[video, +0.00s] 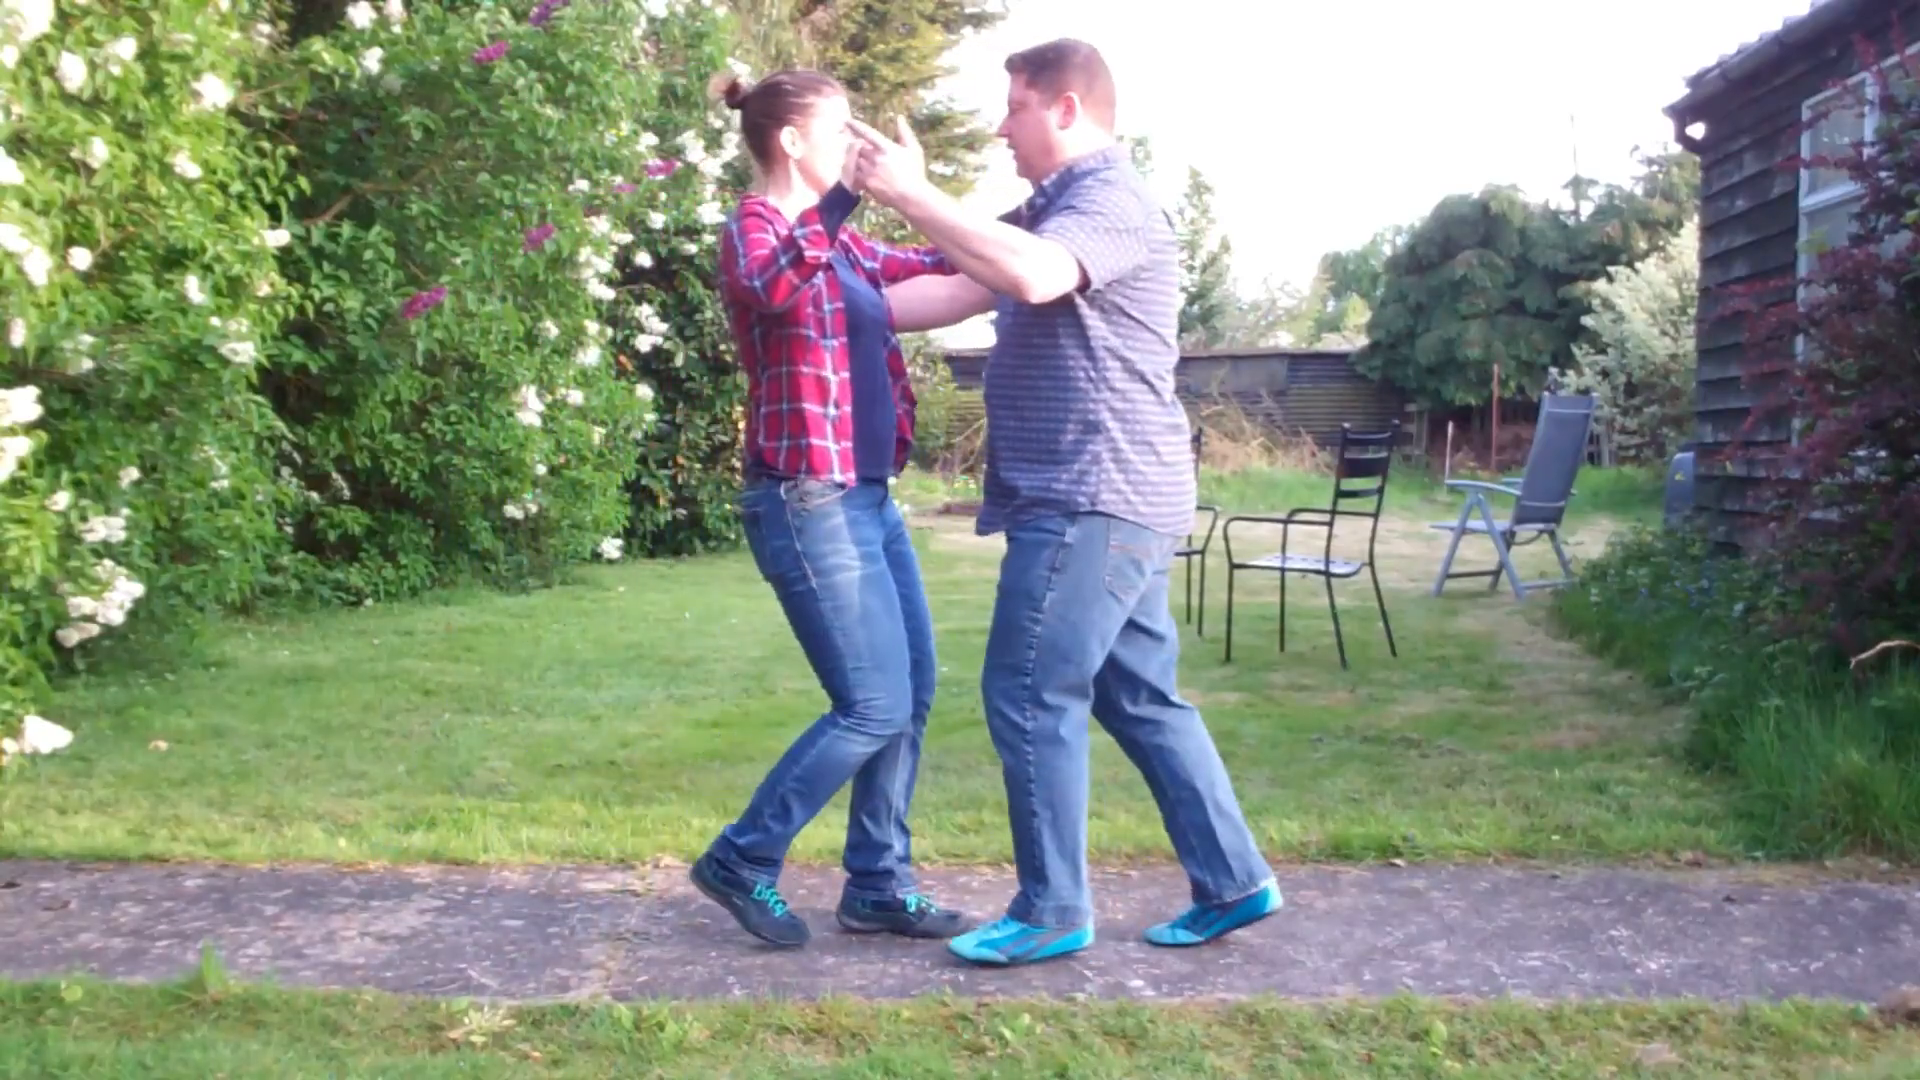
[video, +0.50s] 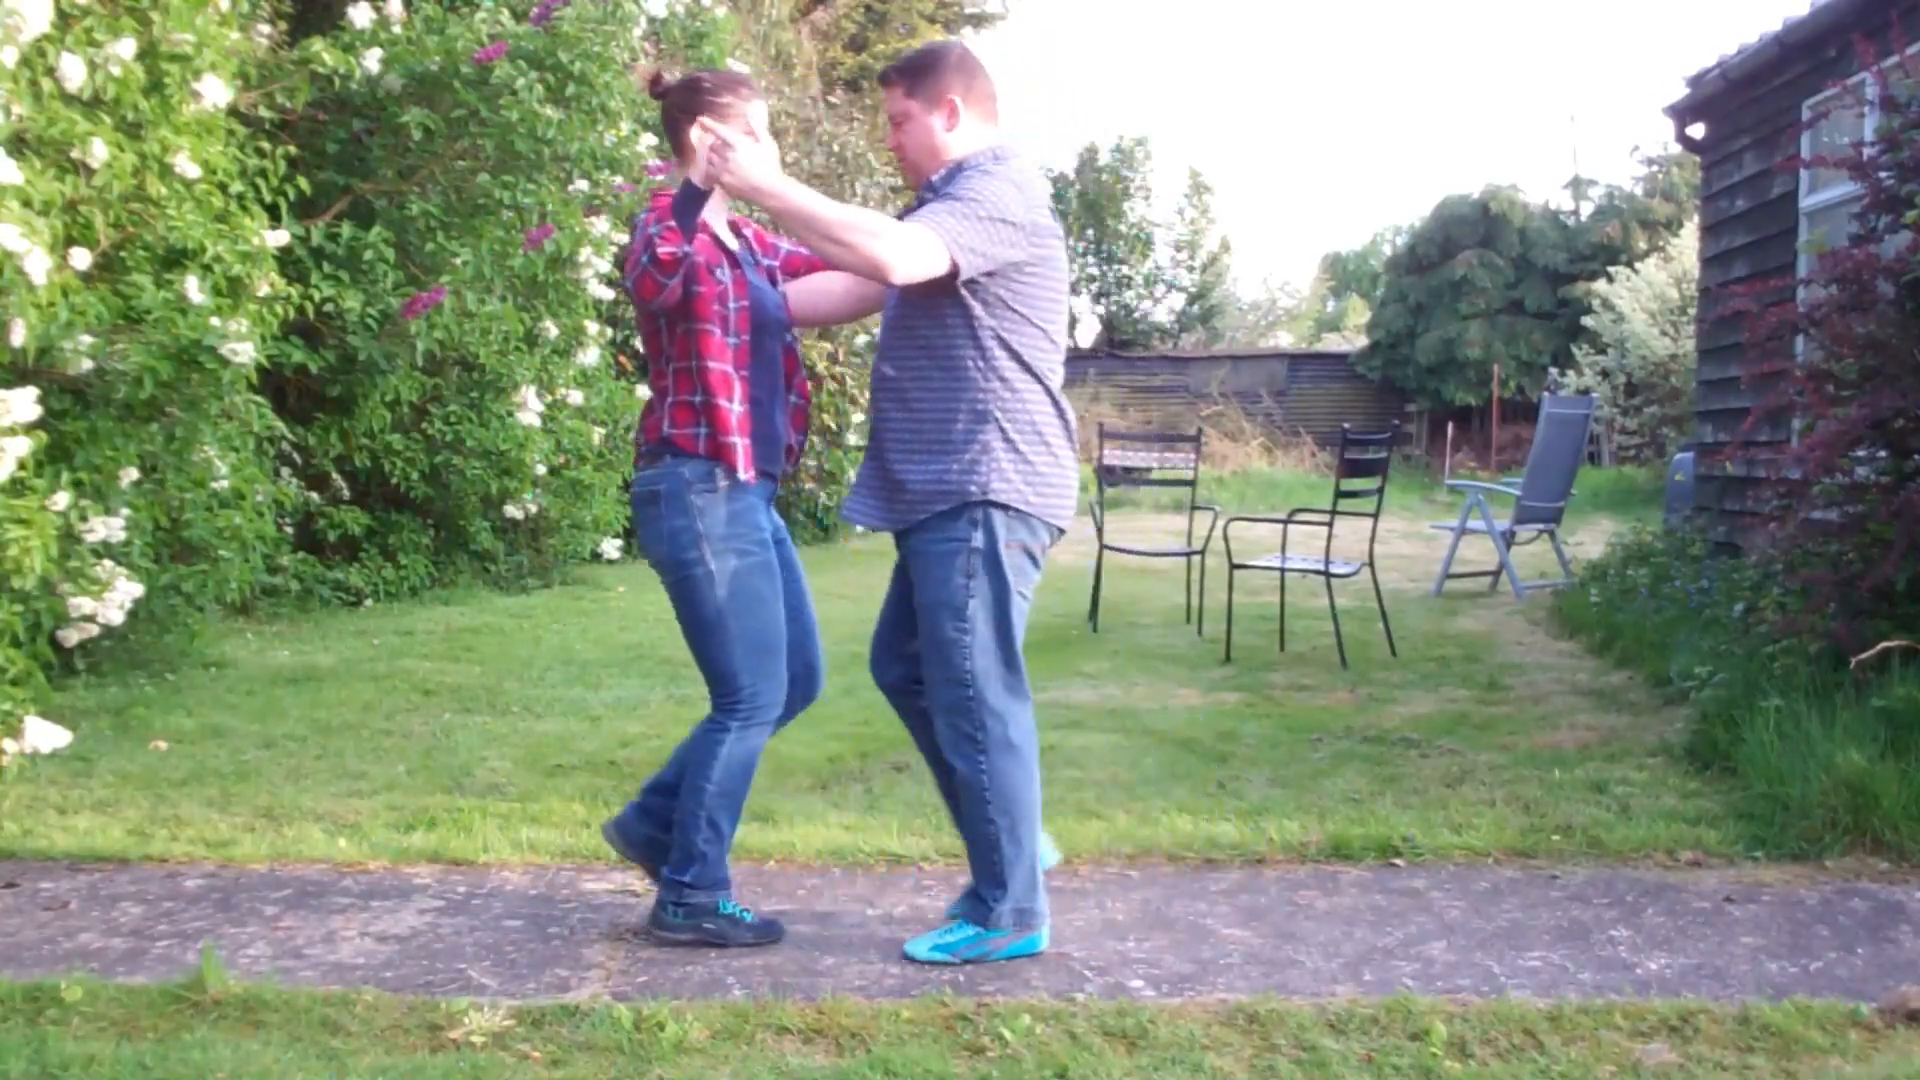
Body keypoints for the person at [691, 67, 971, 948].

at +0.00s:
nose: (855, 146)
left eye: (854, 131)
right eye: (842, 129)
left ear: (805, 143)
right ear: (789, 137)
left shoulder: (840, 239)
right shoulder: (754, 222)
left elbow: (942, 264)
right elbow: (765, 290)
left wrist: (1028, 229)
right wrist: (844, 199)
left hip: (867, 492)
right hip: (803, 497)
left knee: (911, 688)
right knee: (874, 705)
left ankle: (876, 886)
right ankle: (737, 861)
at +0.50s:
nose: (768, 149)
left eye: (765, 133)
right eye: (753, 132)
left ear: (725, 139)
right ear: (704, 135)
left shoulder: (752, 241)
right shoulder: (660, 226)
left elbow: (842, 266)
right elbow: (663, 286)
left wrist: (919, 248)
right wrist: (700, 188)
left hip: (747, 488)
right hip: (694, 487)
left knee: (795, 680)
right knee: (750, 695)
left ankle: (653, 820)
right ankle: (692, 899)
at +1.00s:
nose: (622, 168)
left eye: (621, 152)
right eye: (606, 152)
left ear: (586, 160)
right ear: (556, 159)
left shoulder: (605, 256)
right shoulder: (520, 234)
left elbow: (678, 314)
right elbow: (499, 296)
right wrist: (567, 207)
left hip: (585, 501)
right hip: (530, 499)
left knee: (600, 691)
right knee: (618, 688)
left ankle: (512, 858)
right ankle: (508, 859)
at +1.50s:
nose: (497, 170)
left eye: (500, 155)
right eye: (482, 154)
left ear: (492, 163)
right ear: (428, 160)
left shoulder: (485, 259)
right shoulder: (395, 241)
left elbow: (528, 323)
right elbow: (347, 290)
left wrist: (564, 270)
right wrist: (403, 207)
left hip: (457, 505)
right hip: (384, 503)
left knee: (516, 668)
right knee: (368, 702)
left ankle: (494, 855)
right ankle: (272, 863)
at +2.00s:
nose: (499, 168)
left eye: (503, 155)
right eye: (486, 154)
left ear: (492, 166)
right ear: (434, 157)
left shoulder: (500, 251)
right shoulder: (401, 249)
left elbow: (539, 319)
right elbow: (341, 325)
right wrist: (386, 240)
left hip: (494, 494)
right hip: (429, 497)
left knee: (483, 694)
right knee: (477, 695)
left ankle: (416, 855)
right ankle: (332, 826)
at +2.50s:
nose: (599, 158)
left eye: (601, 144)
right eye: (587, 142)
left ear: (550, 146)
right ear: (533, 142)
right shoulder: (493, 231)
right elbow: (419, 316)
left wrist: (654, 443)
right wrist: (434, 233)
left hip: (561, 478)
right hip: (545, 482)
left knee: (565, 682)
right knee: (584, 687)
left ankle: (452, 824)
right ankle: (557, 878)